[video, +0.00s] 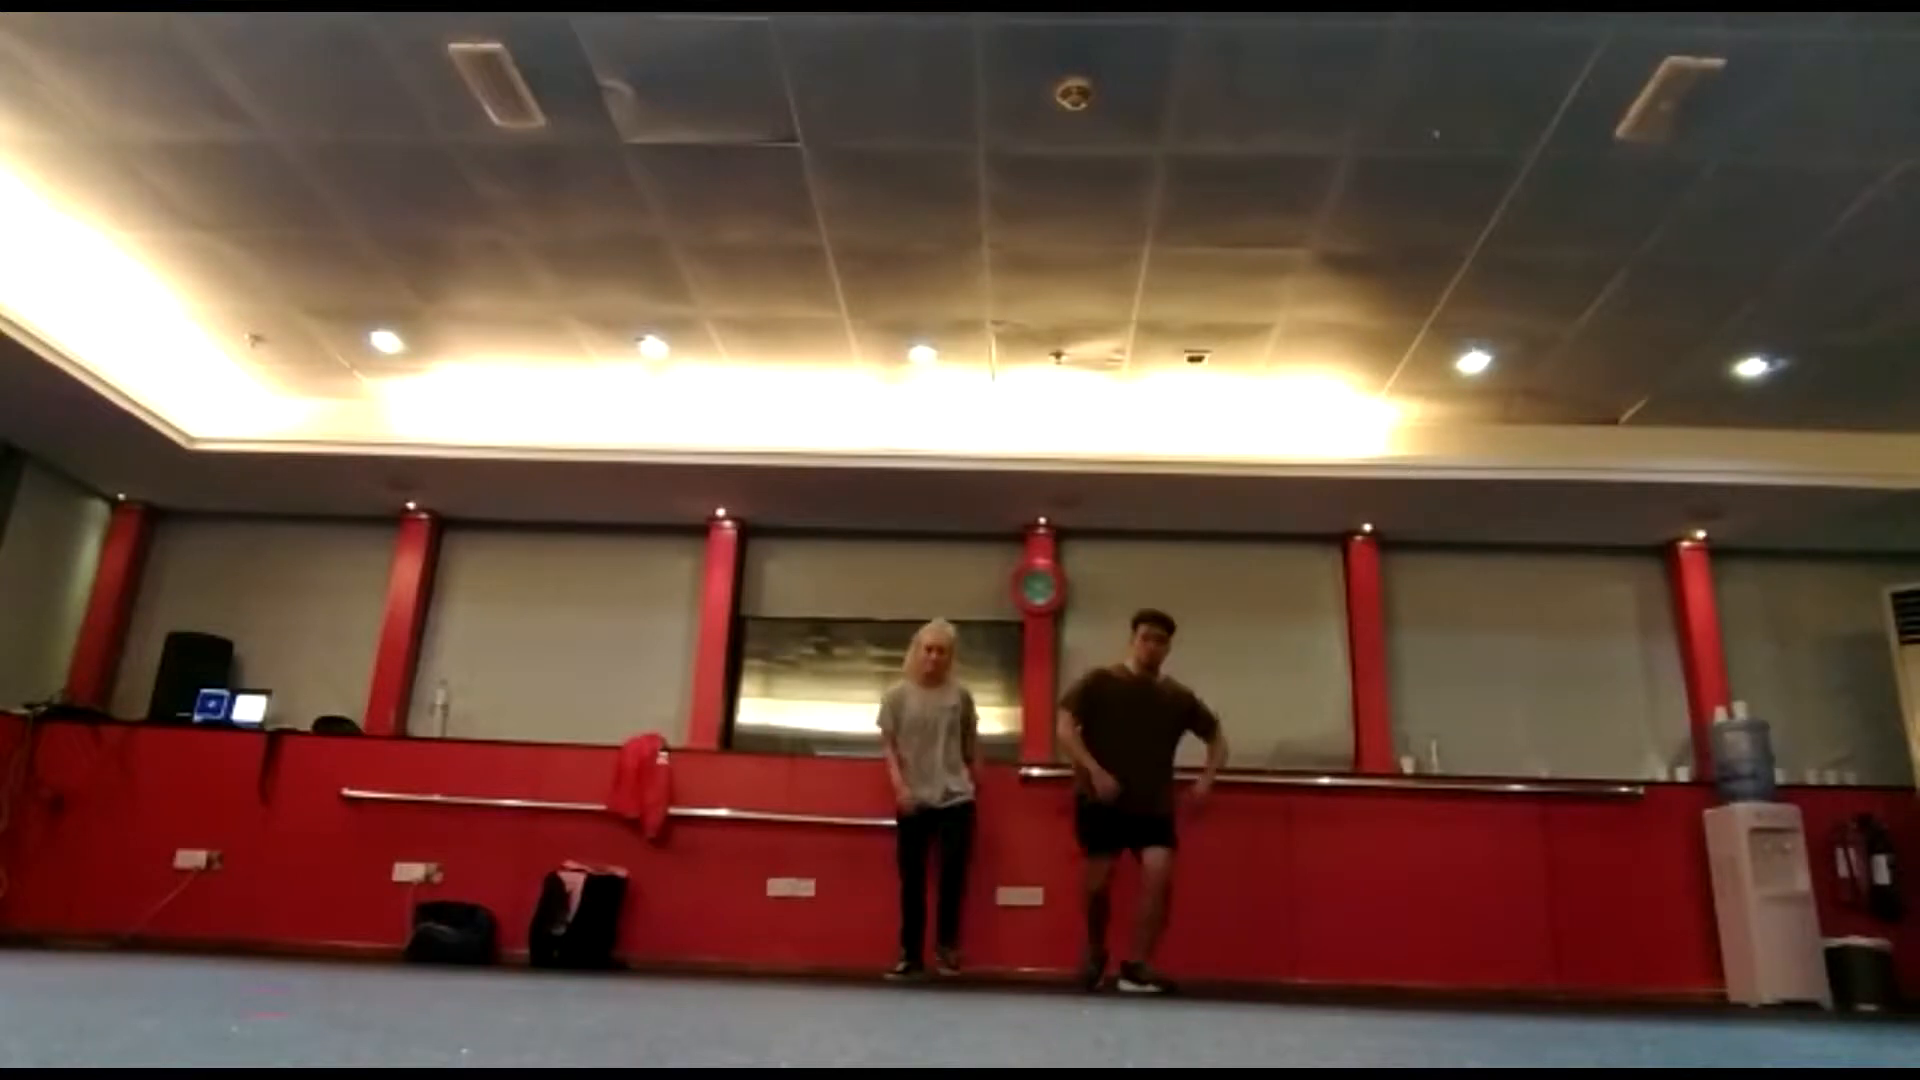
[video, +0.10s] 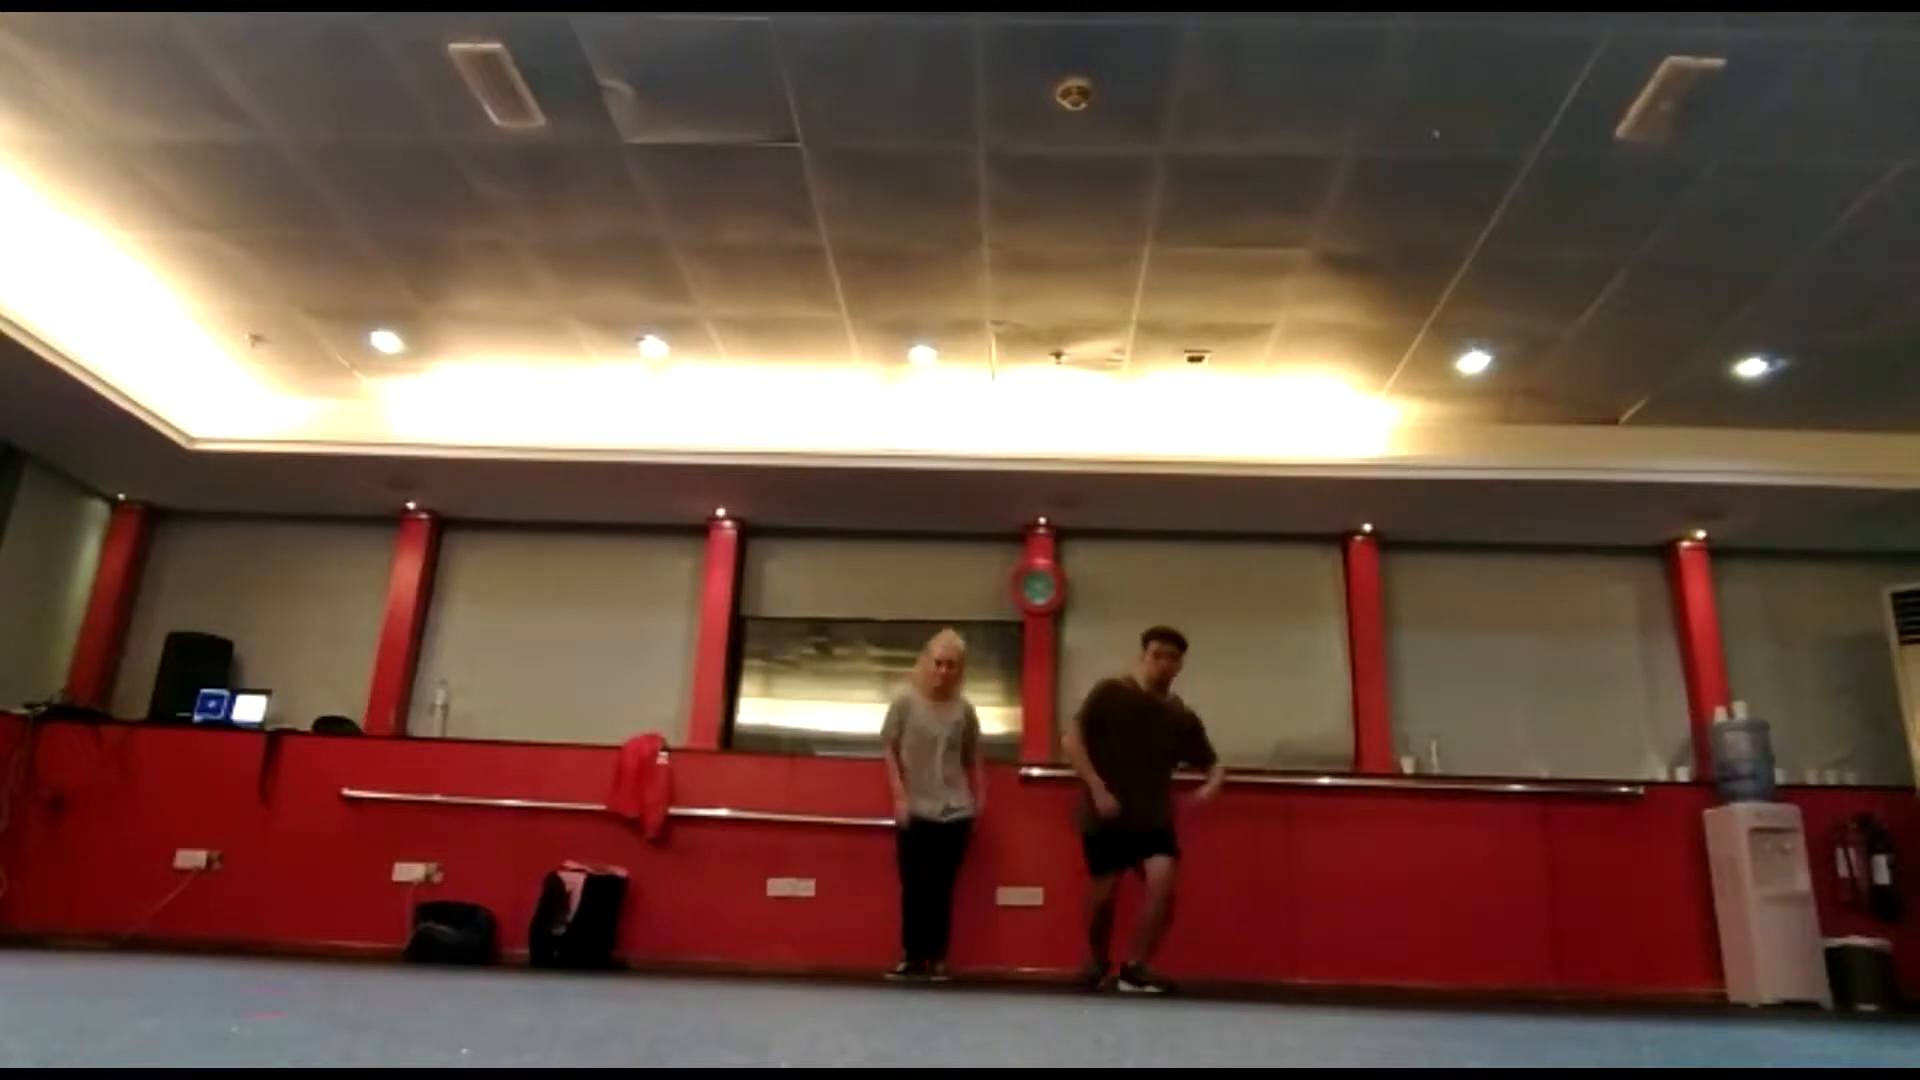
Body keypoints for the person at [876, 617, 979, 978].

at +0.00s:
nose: (934, 657)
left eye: (941, 651)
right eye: (928, 649)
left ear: (951, 656)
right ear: (916, 651)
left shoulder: (960, 697)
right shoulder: (896, 697)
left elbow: (970, 742)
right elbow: (888, 745)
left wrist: (973, 773)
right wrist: (900, 787)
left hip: (956, 797)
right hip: (915, 798)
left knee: (953, 878)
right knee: (912, 879)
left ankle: (947, 949)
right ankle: (910, 953)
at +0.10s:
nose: (944, 672)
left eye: (952, 665)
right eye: (938, 663)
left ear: (961, 670)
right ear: (925, 663)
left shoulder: (964, 711)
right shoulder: (905, 703)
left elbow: (973, 759)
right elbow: (889, 749)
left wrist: (979, 797)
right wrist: (899, 798)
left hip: (955, 812)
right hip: (916, 811)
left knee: (941, 889)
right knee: (914, 887)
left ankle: (938, 957)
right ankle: (912, 956)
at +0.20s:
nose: (950, 681)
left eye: (957, 675)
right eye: (944, 673)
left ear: (967, 679)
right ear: (932, 674)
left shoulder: (969, 723)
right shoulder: (909, 711)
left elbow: (976, 768)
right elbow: (891, 752)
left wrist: (974, 806)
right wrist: (898, 801)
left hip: (953, 822)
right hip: (915, 819)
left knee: (941, 895)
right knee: (912, 893)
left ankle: (936, 959)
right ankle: (910, 956)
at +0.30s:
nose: (947, 683)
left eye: (954, 675)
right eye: (941, 675)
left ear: (966, 680)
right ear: (929, 677)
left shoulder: (971, 725)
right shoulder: (912, 711)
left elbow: (978, 772)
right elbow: (893, 749)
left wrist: (966, 806)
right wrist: (899, 791)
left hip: (953, 815)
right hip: (918, 807)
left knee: (943, 892)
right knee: (916, 829)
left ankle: (936, 960)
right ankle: (911, 891)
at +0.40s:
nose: (937, 667)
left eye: (943, 659)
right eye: (930, 660)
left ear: (956, 661)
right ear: (921, 663)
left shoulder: (971, 708)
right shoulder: (910, 697)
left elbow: (980, 757)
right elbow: (894, 731)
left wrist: (963, 793)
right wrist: (900, 771)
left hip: (953, 801)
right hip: (917, 791)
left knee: (943, 884)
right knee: (919, 809)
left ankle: (937, 957)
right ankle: (913, 861)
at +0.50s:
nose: (921, 658)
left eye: (927, 649)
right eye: (914, 651)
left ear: (941, 647)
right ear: (906, 654)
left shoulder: (967, 688)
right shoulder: (903, 691)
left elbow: (982, 738)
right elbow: (898, 728)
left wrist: (965, 777)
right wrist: (902, 760)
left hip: (955, 786)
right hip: (918, 779)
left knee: (945, 874)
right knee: (917, 817)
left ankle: (937, 955)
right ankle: (917, 890)